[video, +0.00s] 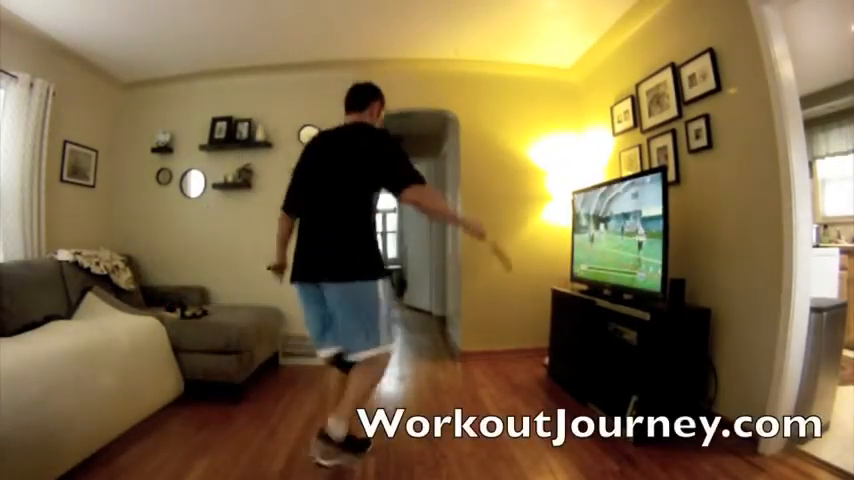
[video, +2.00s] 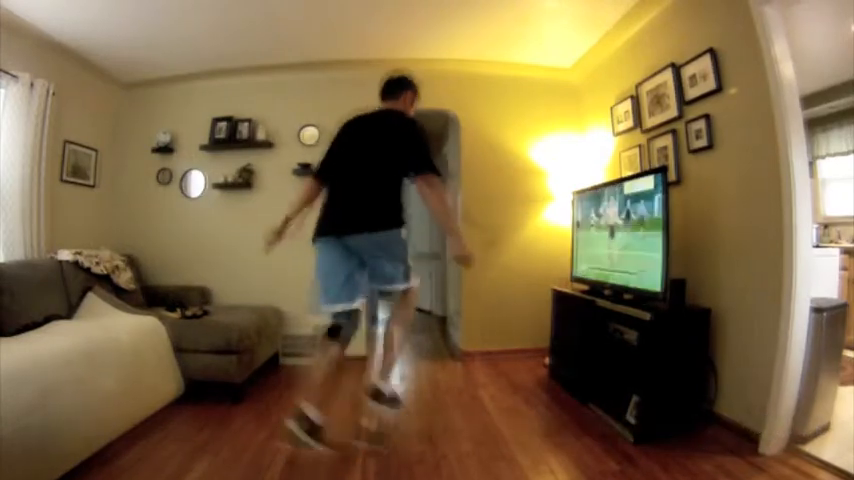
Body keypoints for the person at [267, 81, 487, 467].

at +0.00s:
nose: (381, 119)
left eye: (381, 113)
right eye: (382, 113)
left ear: (345, 109)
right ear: (375, 109)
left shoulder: (317, 144)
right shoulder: (377, 143)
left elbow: (288, 212)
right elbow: (413, 192)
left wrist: (280, 258)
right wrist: (463, 221)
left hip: (309, 263)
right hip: (353, 263)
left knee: (338, 354)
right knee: (373, 354)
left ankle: (349, 432)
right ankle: (334, 435)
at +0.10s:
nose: (387, 119)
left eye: (386, 114)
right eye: (388, 113)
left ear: (352, 108)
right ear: (382, 110)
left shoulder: (323, 144)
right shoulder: (382, 142)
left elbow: (293, 209)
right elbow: (417, 194)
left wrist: (277, 256)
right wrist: (460, 230)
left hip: (313, 258)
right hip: (360, 255)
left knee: (341, 350)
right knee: (391, 319)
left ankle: (340, 435)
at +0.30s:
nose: (405, 93)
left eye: (405, 88)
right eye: (406, 87)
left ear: (371, 80)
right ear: (398, 82)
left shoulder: (336, 113)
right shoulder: (397, 112)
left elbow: (305, 171)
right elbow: (418, 168)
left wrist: (275, 216)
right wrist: (444, 229)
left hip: (321, 220)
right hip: (371, 219)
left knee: (339, 316)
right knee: (392, 303)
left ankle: (298, 394)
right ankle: (379, 392)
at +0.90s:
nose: (413, 124)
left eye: (413, 117)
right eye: (414, 117)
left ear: (376, 111)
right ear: (405, 112)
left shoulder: (346, 143)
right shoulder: (408, 151)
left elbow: (309, 200)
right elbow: (442, 213)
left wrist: (289, 242)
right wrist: (484, 251)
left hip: (331, 261)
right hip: (378, 265)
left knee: (356, 337)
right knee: (381, 351)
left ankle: (363, 402)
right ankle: (373, 437)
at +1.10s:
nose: (406, 101)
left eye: (406, 96)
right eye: (406, 94)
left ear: (371, 88)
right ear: (397, 90)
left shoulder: (341, 119)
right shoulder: (403, 123)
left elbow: (308, 178)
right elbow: (425, 179)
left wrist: (280, 224)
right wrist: (453, 233)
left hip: (322, 231)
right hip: (367, 236)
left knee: (365, 313)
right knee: (362, 336)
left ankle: (369, 385)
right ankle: (350, 433)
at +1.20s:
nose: (398, 103)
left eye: (398, 98)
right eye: (399, 97)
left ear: (365, 93)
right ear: (391, 93)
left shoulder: (337, 126)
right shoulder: (396, 127)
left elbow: (298, 182)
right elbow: (416, 183)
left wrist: (261, 226)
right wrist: (446, 232)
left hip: (330, 241)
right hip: (372, 245)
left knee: (355, 329)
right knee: (379, 337)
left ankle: (343, 415)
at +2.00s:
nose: (413, 109)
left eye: (412, 104)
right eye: (414, 103)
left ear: (382, 97)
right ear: (408, 99)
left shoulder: (351, 126)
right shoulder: (407, 130)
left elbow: (319, 179)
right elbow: (427, 183)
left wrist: (288, 218)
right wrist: (455, 237)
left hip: (333, 226)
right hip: (379, 225)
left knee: (343, 318)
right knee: (404, 292)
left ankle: (311, 409)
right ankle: (381, 379)